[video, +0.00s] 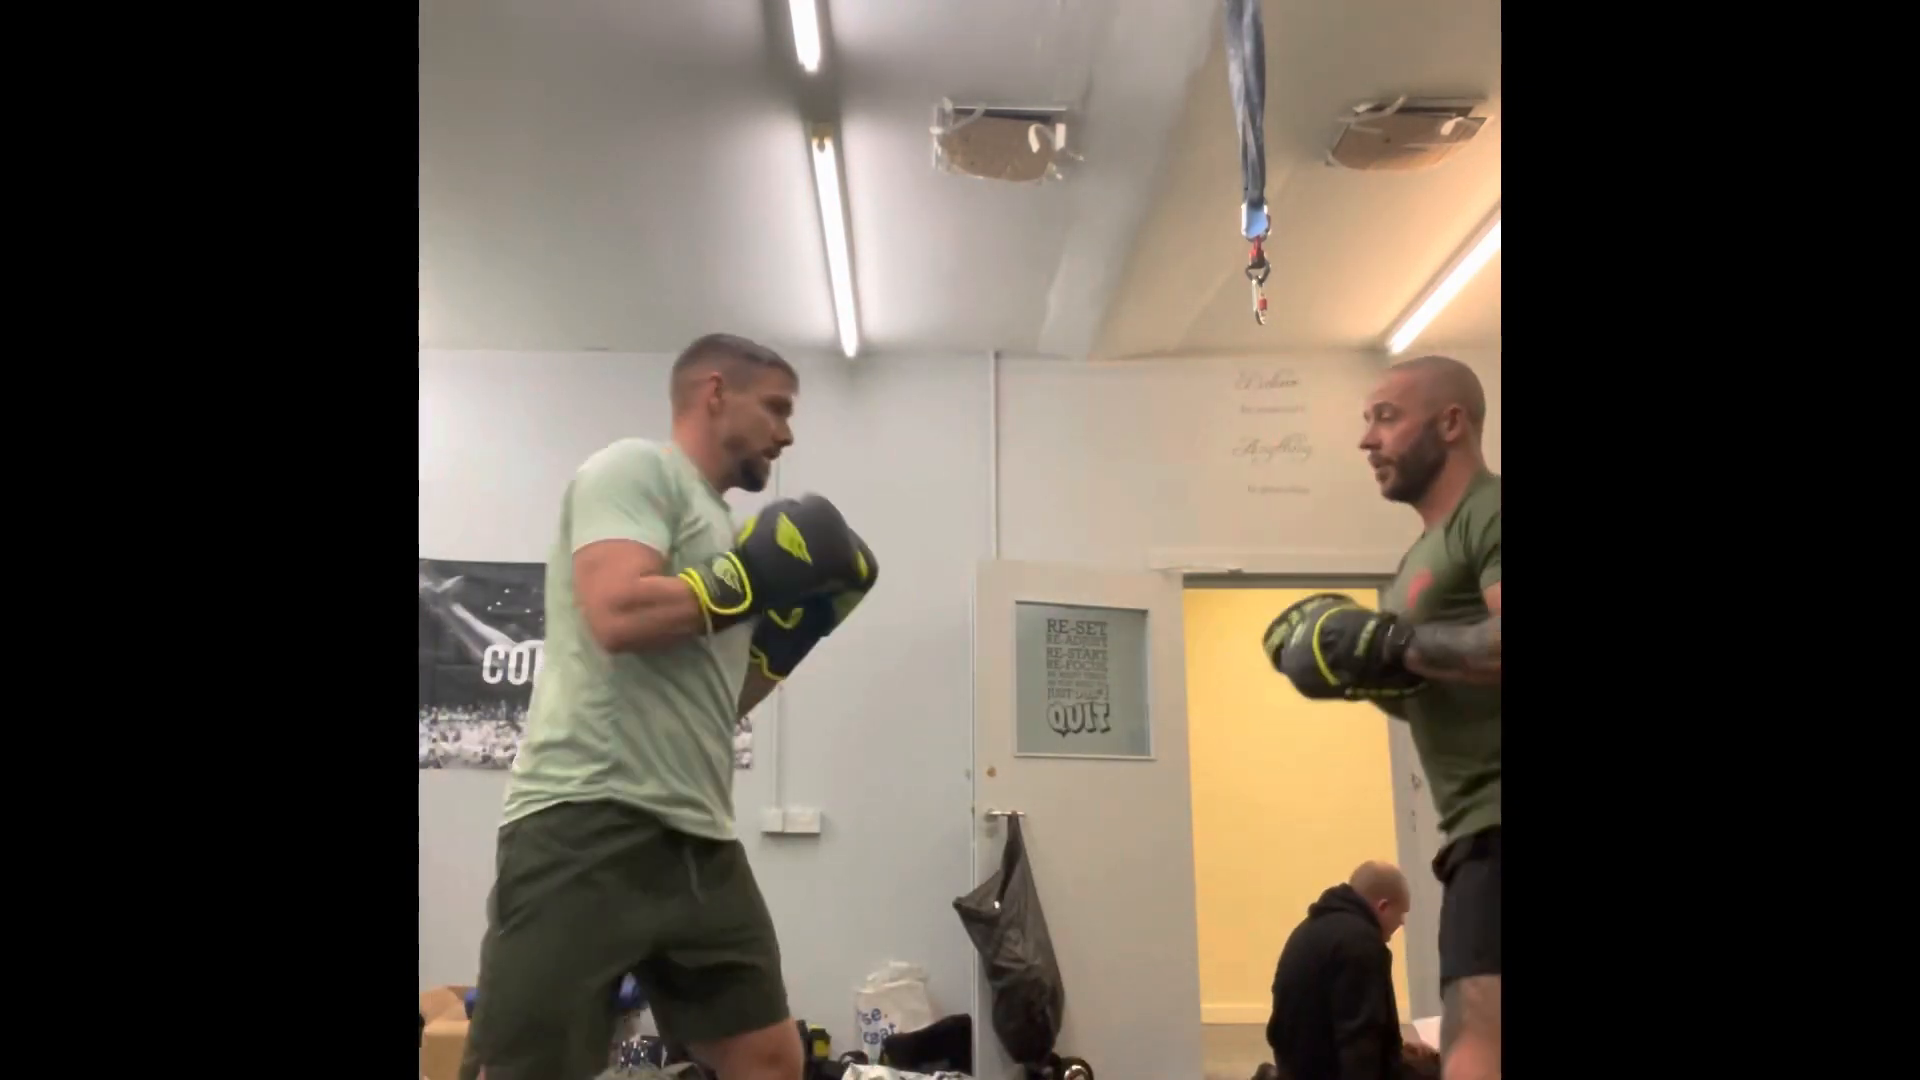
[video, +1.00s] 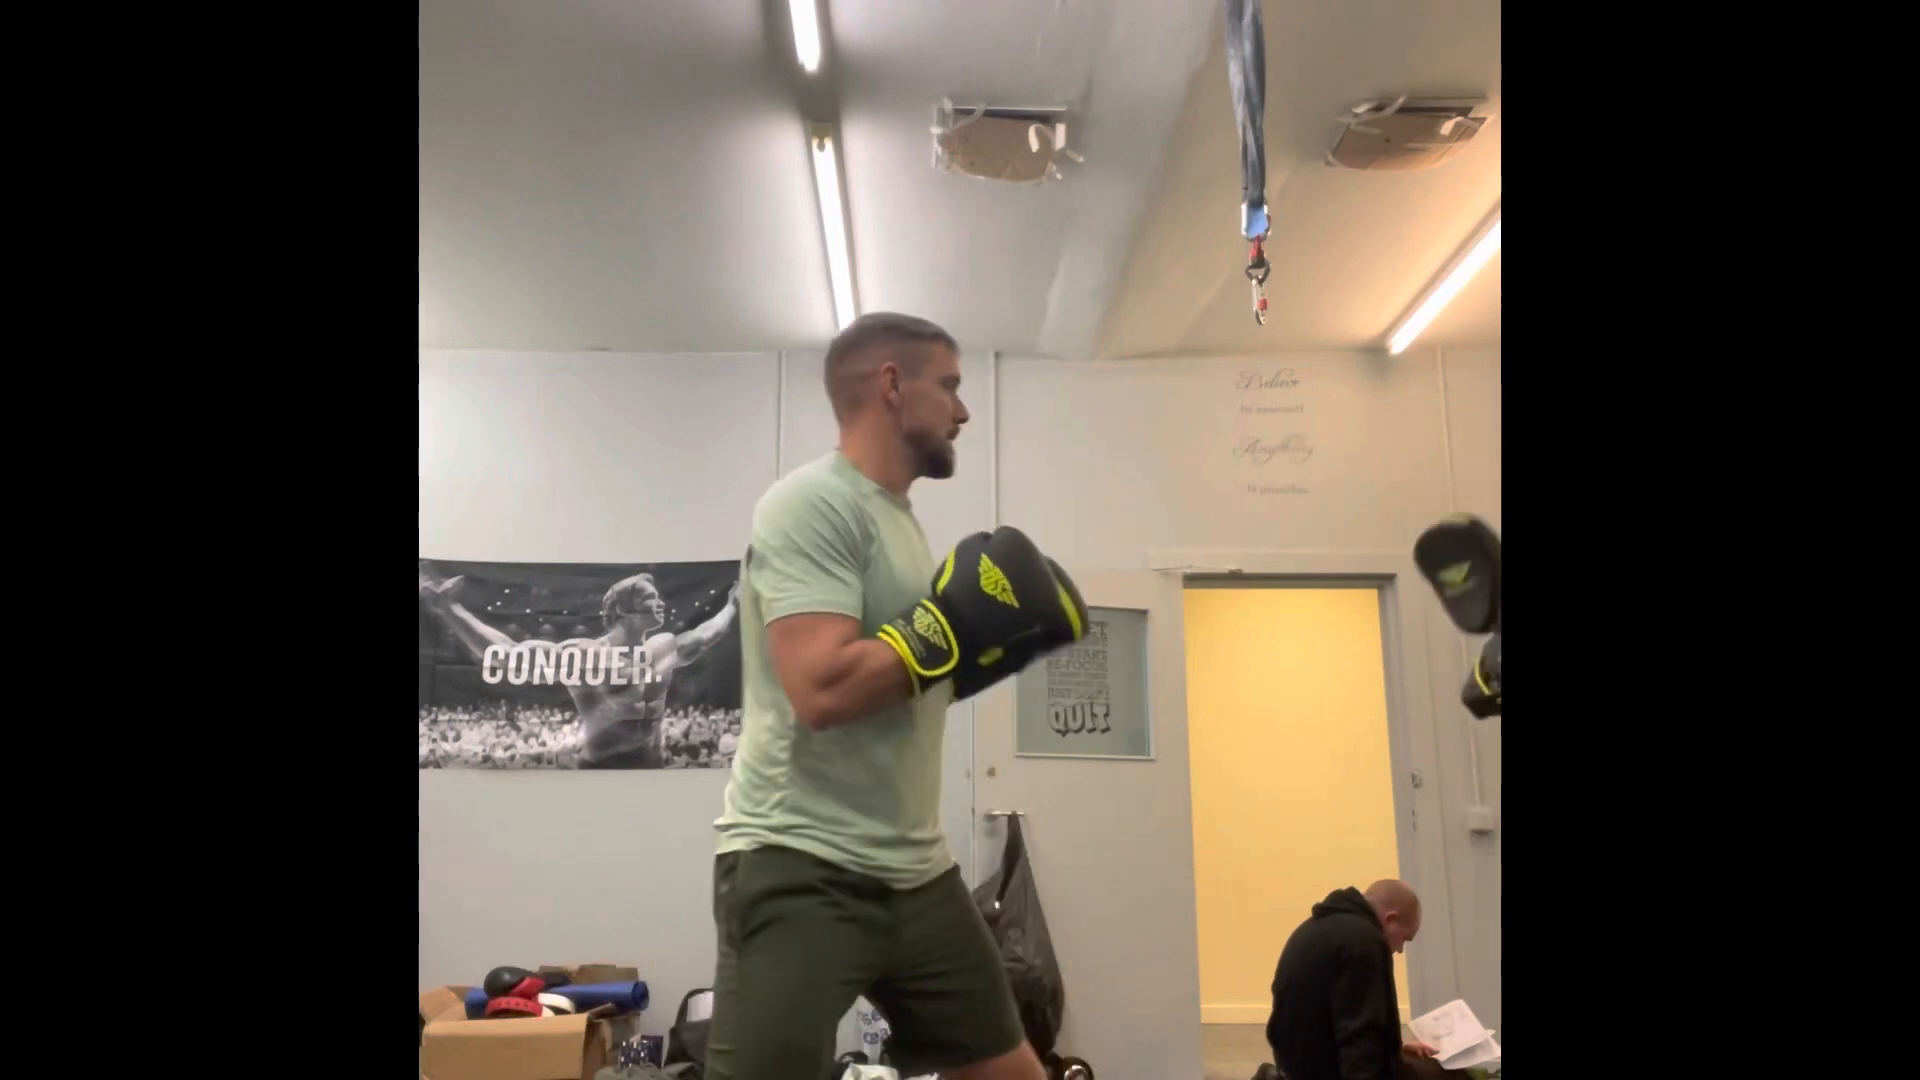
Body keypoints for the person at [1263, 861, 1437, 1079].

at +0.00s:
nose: (1400, 925)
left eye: (1402, 917)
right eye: (1400, 916)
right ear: (1382, 908)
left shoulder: (1308, 930)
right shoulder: (1362, 943)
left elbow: (1280, 1031)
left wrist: (1395, 1049)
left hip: (1299, 1067)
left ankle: (1272, 1073)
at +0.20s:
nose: (1406, 926)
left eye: (1409, 917)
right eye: (1407, 916)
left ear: (1360, 897)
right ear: (1387, 909)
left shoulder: (1315, 927)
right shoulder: (1367, 942)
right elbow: (1365, 1037)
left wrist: (1396, 1047)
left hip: (1299, 1064)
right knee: (1451, 1069)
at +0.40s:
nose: (1405, 936)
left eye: (1409, 927)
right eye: (1407, 926)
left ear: (1363, 901)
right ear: (1388, 912)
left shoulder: (1314, 928)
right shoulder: (1365, 941)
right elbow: (1366, 1037)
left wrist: (1397, 1048)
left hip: (1298, 1065)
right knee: (1449, 1071)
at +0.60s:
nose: (1401, 948)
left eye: (1407, 939)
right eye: (1405, 937)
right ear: (1390, 918)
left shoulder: (1316, 928)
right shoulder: (1365, 941)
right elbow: (1365, 1037)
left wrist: (1398, 1048)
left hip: (1298, 1064)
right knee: (1449, 1070)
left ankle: (1276, 1073)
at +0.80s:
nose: (1399, 951)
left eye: (1407, 941)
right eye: (1405, 938)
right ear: (1390, 918)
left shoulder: (1315, 928)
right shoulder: (1364, 941)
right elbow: (1362, 1043)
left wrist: (1397, 1047)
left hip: (1300, 1065)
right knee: (1448, 1068)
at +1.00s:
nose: (1399, 951)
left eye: (1406, 941)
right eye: (1405, 938)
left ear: (1386, 913)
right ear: (1390, 918)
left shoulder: (1315, 927)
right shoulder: (1364, 940)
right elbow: (1362, 1041)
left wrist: (1397, 1047)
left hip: (1299, 1064)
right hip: (1336, 1069)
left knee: (1430, 1063)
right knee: (1449, 1069)